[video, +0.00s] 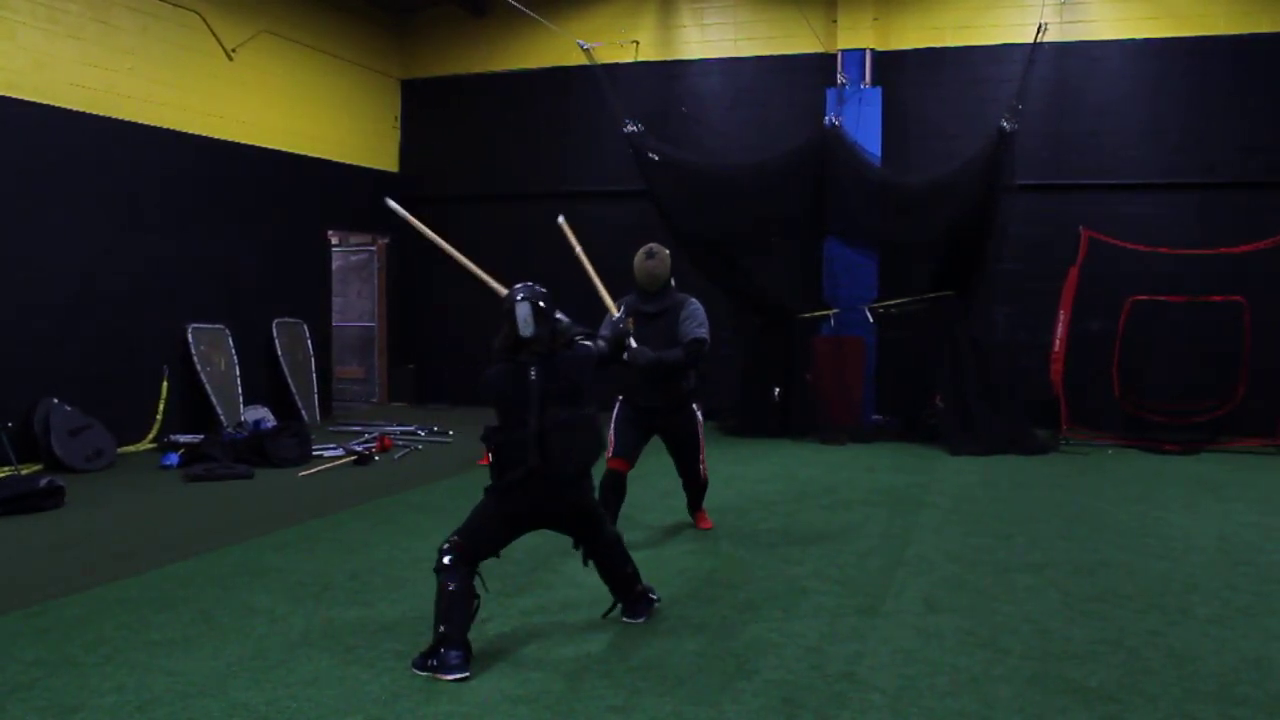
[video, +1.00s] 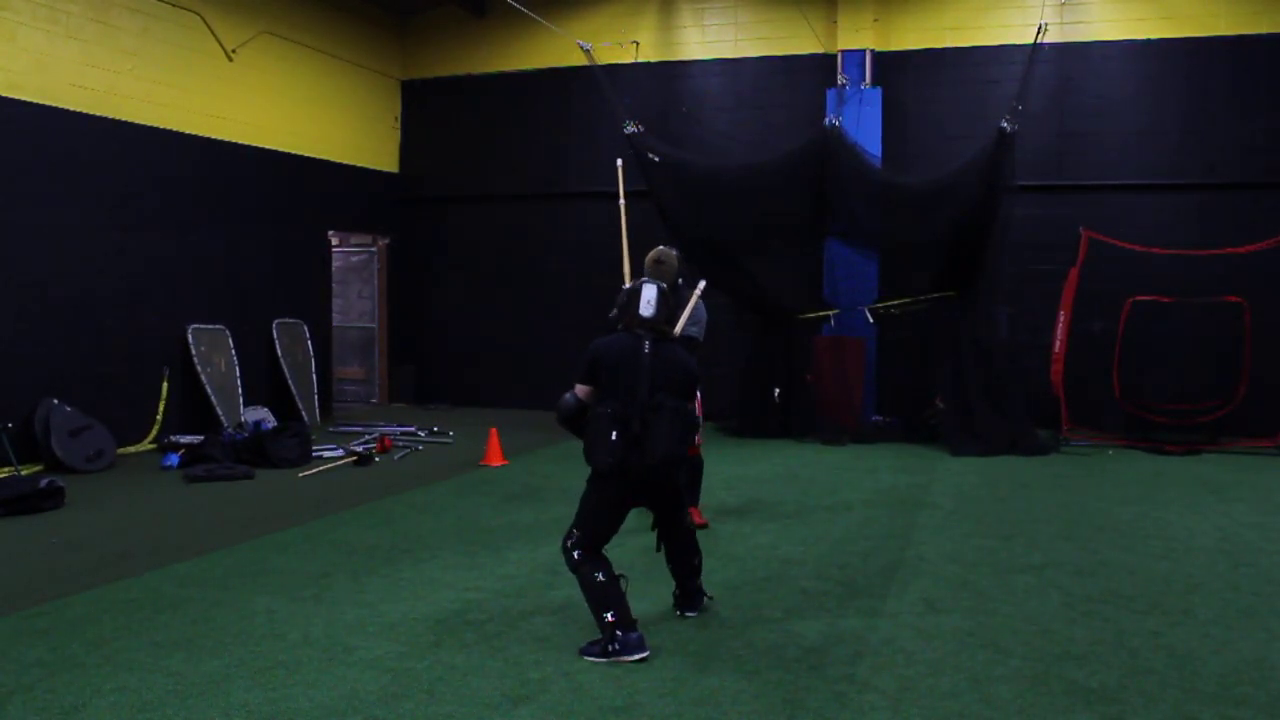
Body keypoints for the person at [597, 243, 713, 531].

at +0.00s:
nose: (649, 277)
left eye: (654, 272)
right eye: (645, 272)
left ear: (665, 275)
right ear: (636, 276)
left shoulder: (687, 307)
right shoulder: (623, 309)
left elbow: (696, 350)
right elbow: (601, 353)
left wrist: (651, 358)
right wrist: (616, 339)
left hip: (678, 401)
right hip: (634, 402)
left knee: (695, 472)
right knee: (616, 469)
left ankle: (697, 510)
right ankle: (603, 531)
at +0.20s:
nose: (676, 275)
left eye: (681, 269)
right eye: (672, 268)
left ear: (691, 268)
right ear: (665, 267)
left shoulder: (709, 300)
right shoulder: (645, 298)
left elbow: (714, 345)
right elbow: (621, 336)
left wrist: (665, 355)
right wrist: (641, 328)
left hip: (694, 392)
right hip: (650, 391)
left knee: (704, 458)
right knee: (624, 450)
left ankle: (695, 511)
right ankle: (617, 515)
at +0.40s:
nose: (686, 268)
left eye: (692, 263)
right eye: (682, 262)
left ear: (702, 266)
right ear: (673, 264)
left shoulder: (716, 300)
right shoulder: (652, 296)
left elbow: (720, 345)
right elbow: (628, 328)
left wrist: (675, 361)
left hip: (699, 387)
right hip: (658, 386)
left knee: (708, 451)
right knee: (640, 446)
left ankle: (696, 509)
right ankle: (640, 503)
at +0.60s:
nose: (677, 281)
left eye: (684, 275)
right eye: (674, 274)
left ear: (695, 277)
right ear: (667, 274)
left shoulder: (709, 306)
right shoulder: (651, 301)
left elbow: (714, 348)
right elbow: (634, 338)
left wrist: (670, 358)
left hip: (695, 389)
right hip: (656, 389)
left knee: (708, 450)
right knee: (640, 447)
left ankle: (697, 509)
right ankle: (632, 498)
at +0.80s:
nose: (665, 286)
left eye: (671, 280)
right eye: (661, 280)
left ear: (681, 282)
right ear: (652, 283)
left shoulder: (696, 312)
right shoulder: (644, 308)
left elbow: (688, 355)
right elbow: (627, 350)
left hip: (688, 392)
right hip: (650, 391)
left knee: (698, 447)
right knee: (643, 446)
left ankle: (696, 509)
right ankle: (635, 494)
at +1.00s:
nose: (659, 277)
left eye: (664, 272)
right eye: (655, 272)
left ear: (674, 274)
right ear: (650, 273)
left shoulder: (691, 302)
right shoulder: (633, 295)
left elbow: (690, 341)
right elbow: (616, 329)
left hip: (682, 382)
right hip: (643, 380)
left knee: (689, 441)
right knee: (643, 439)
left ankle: (691, 504)